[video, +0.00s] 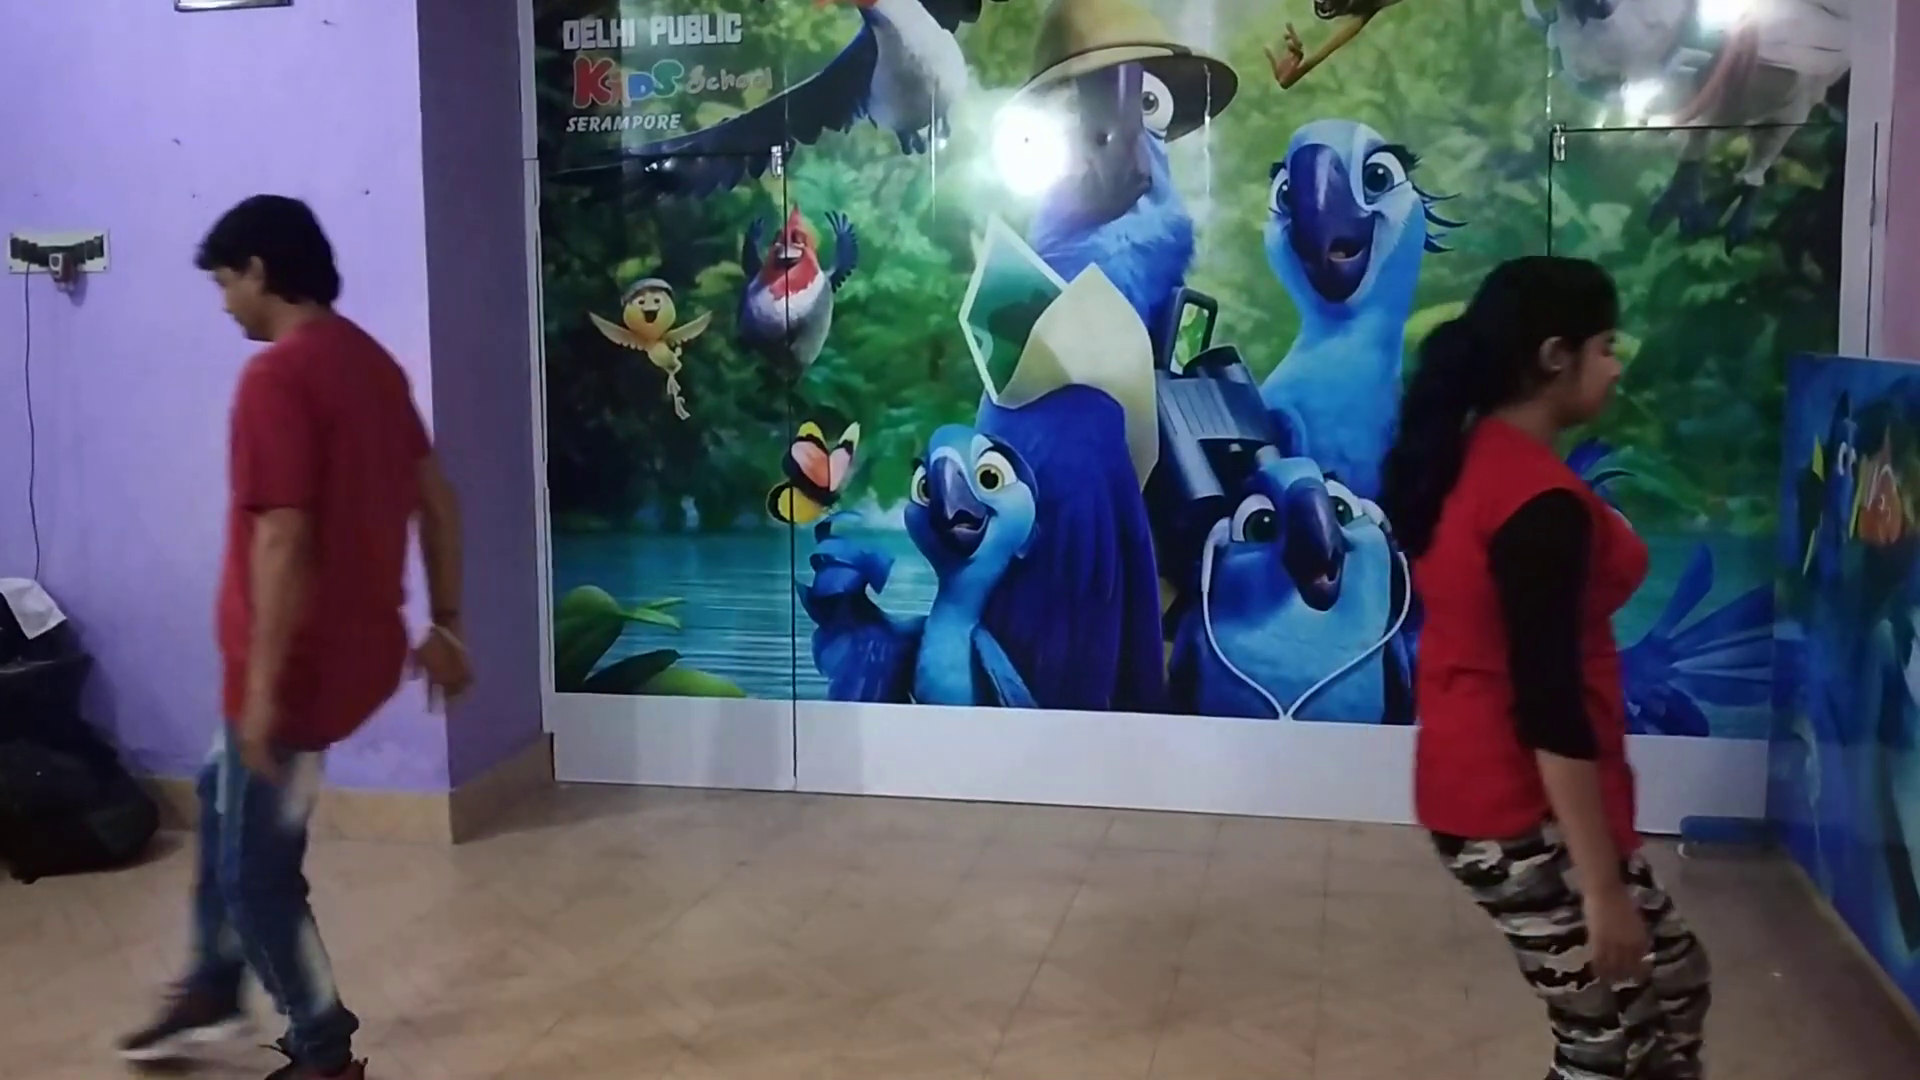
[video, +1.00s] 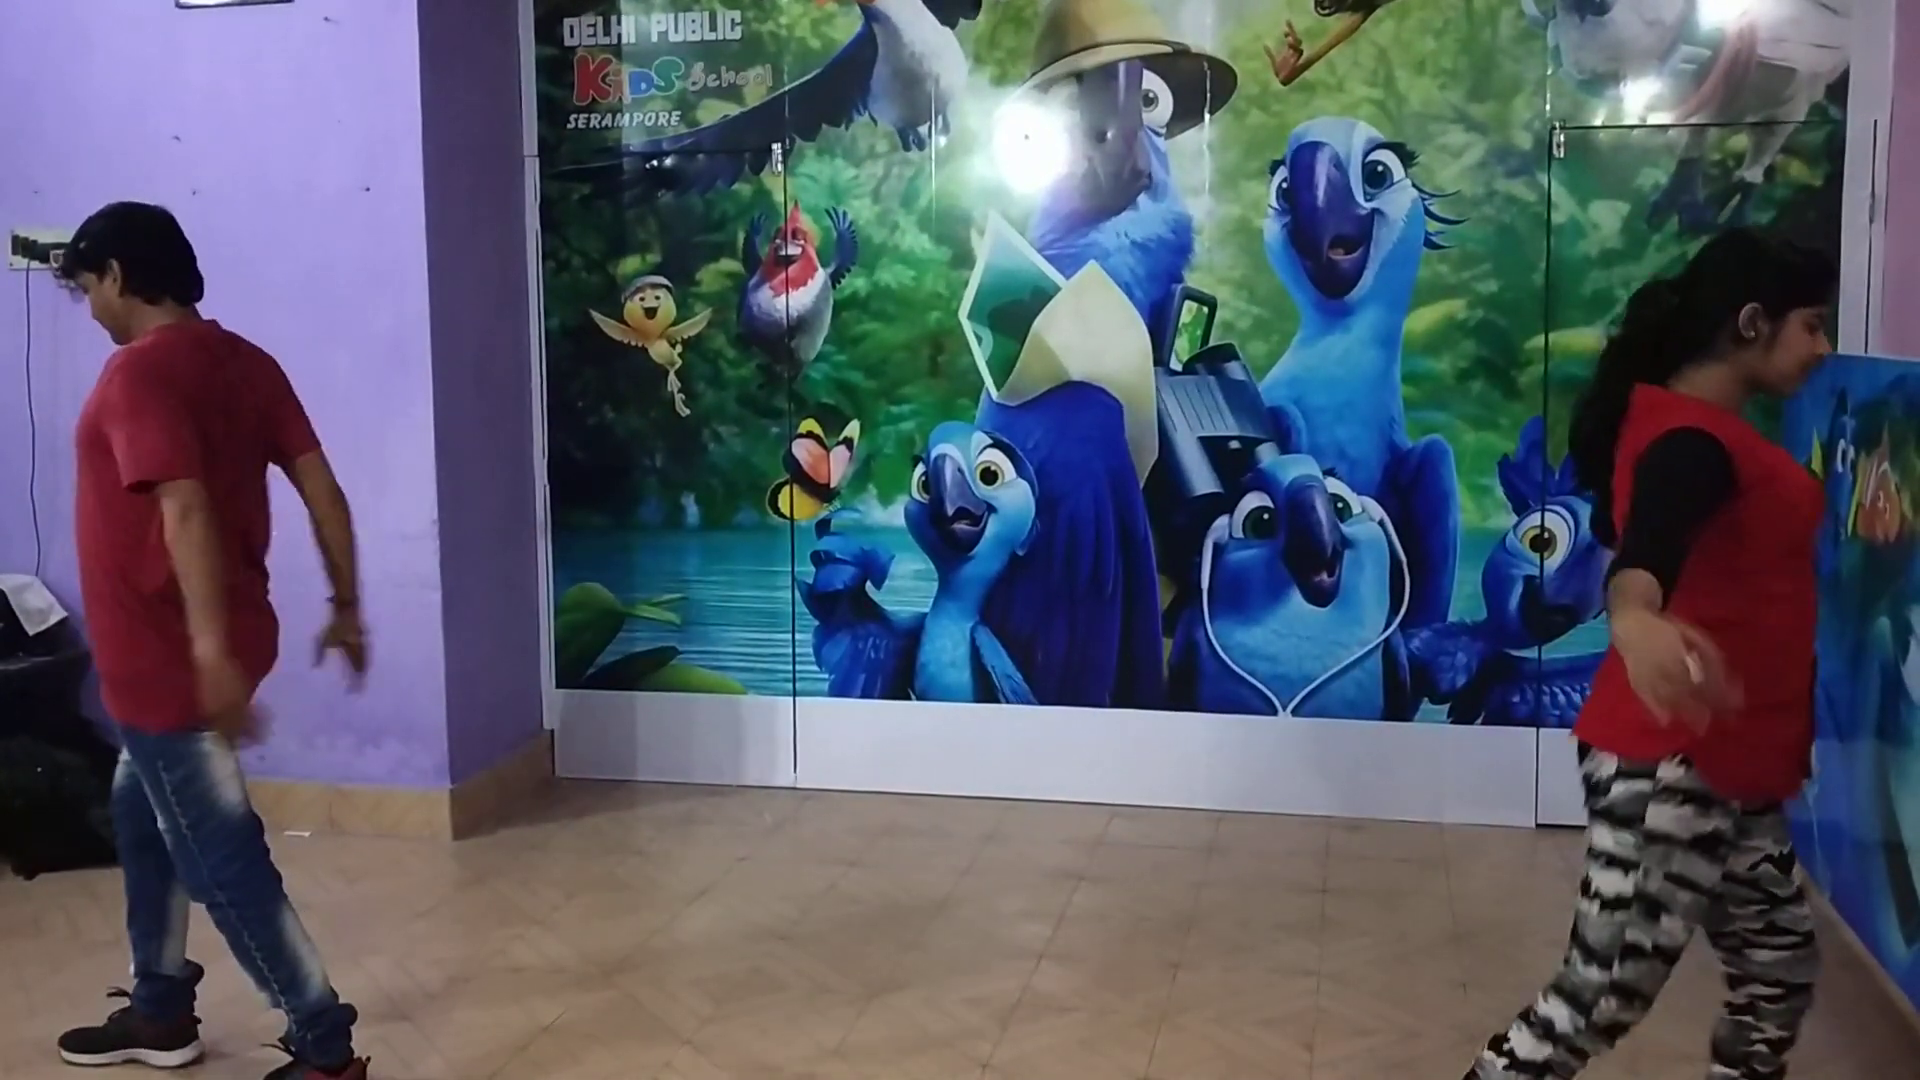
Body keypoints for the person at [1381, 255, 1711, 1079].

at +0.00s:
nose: (1617, 369)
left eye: (1615, 350)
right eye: (1609, 349)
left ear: (1538, 357)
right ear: (1554, 357)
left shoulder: (1469, 460)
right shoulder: (1540, 500)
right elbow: (1552, 711)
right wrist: (1605, 890)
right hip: (1522, 819)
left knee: (1673, 979)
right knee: (1606, 1039)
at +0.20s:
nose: (1722, 338)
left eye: (1719, 317)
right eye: (1708, 317)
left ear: (1647, 328)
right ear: (1651, 325)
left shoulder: (1602, 435)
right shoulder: (1621, 459)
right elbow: (1622, 669)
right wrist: (1663, 842)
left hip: (1639, 767)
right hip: (1613, 778)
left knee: (1708, 998)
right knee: (1647, 1032)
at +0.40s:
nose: (1795, 312)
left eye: (1792, 293)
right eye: (1781, 294)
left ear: (1715, 305)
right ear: (1718, 304)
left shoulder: (1698, 412)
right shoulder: (1681, 433)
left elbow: (1694, 609)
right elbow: (1663, 633)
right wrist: (1682, 806)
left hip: (1705, 747)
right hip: (1661, 752)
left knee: (1709, 993)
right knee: (1642, 997)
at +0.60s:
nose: (1819, 316)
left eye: (1819, 297)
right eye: (1807, 297)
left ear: (1744, 304)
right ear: (1744, 301)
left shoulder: (1721, 413)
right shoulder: (1700, 430)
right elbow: (1671, 627)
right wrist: (1688, 798)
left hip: (1735, 752)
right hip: (1674, 756)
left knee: (1730, 989)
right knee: (1617, 985)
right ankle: (1516, 1074)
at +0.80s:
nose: (1822, 330)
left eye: (1823, 309)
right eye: (1810, 307)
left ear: (1748, 310)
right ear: (1749, 307)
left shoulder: (1714, 417)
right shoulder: (1690, 429)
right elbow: (1656, 605)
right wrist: (1673, 758)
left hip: (1737, 756)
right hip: (1676, 757)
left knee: (1737, 985)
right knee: (1607, 983)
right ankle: (1506, 1072)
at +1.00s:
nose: (1823, 350)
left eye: (1826, 330)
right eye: (1814, 327)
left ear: (1750, 326)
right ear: (1753, 322)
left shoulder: (1722, 434)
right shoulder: (1687, 441)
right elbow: (1636, 571)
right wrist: (1640, 629)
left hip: (1729, 768)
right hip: (1665, 764)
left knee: (1779, 970)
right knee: (1599, 996)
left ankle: (1744, 1074)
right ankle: (1496, 1072)